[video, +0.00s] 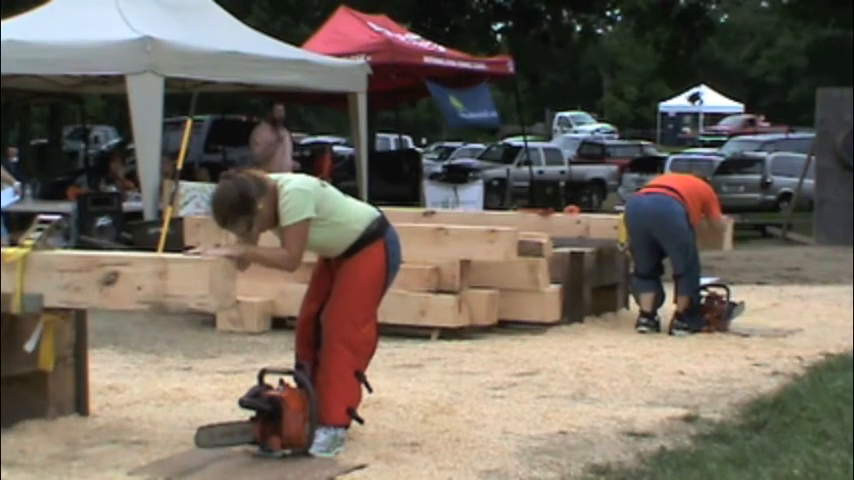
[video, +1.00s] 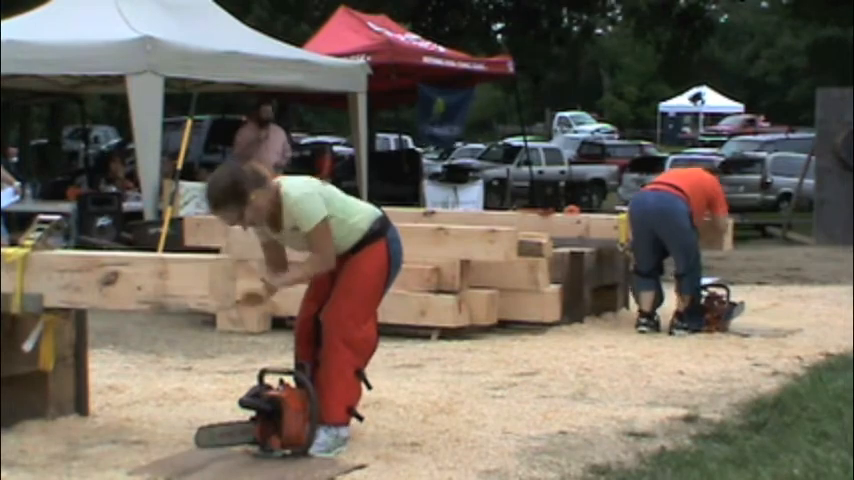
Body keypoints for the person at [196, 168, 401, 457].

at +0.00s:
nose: (252, 233)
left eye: (251, 227)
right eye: (244, 231)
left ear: (260, 204)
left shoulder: (296, 195)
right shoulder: (262, 194)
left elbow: (291, 260)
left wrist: (244, 253)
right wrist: (232, 250)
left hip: (371, 247)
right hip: (336, 254)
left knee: (338, 325)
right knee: (309, 322)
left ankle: (334, 425)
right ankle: (309, 413)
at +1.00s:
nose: (244, 227)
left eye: (242, 219)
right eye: (238, 224)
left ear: (256, 198)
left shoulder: (302, 198)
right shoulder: (263, 214)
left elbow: (325, 262)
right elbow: (277, 267)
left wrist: (281, 281)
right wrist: (264, 293)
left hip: (374, 245)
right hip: (337, 254)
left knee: (338, 322)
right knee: (309, 322)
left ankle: (336, 426)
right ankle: (310, 414)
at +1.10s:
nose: (241, 232)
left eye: (239, 222)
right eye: (234, 227)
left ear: (254, 199)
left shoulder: (300, 211)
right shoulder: (262, 226)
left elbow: (316, 277)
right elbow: (283, 284)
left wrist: (285, 329)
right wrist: (298, 333)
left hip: (377, 246)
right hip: (338, 257)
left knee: (339, 321)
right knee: (307, 319)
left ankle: (340, 424)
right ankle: (313, 414)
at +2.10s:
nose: (237, 253)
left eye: (234, 244)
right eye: (230, 248)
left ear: (251, 224)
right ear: (253, 221)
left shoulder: (287, 226)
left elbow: (305, 299)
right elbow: (307, 293)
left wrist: (301, 361)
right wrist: (302, 356)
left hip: (382, 255)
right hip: (364, 257)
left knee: (334, 335)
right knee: (329, 331)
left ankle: (338, 429)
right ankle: (350, 412)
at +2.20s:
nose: (239, 239)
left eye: (234, 232)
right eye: (231, 236)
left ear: (248, 211)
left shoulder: (279, 228)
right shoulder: (282, 176)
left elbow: (296, 297)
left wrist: (298, 362)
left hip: (372, 245)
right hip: (387, 224)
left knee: (326, 330)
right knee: (356, 324)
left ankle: (335, 427)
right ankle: (352, 403)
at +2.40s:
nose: (228, 236)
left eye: (225, 227)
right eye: (223, 230)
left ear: (241, 210)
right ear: (244, 205)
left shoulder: (278, 217)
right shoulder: (281, 197)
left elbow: (295, 292)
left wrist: (283, 358)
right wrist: (284, 287)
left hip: (379, 242)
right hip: (386, 232)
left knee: (333, 330)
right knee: (353, 322)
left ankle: (337, 428)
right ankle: (365, 402)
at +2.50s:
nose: (234, 254)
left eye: (231, 245)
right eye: (227, 249)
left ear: (246, 226)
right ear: (246, 226)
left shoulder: (281, 232)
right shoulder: (273, 246)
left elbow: (306, 300)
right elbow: (286, 307)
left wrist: (281, 360)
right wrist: (280, 360)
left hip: (389, 251)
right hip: (379, 254)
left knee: (333, 331)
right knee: (334, 329)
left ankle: (337, 429)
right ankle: (350, 414)